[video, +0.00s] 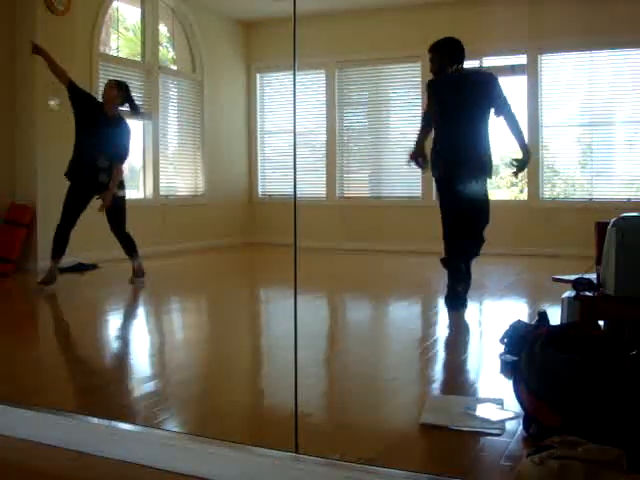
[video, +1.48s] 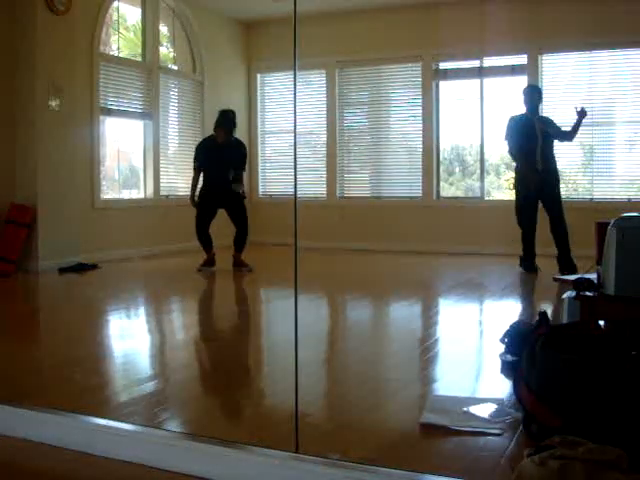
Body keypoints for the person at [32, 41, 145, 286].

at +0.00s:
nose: (105, 90)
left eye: (111, 88)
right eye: (106, 87)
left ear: (120, 96)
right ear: (105, 92)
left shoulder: (122, 127)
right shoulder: (87, 105)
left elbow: (119, 164)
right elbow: (64, 78)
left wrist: (111, 191)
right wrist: (43, 53)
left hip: (110, 182)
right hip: (82, 178)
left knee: (119, 229)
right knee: (65, 224)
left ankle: (137, 265)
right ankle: (53, 269)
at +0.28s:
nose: (138, 91)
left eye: (142, 88)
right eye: (138, 88)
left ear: (154, 94)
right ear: (138, 93)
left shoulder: (155, 118)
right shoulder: (128, 110)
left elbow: (164, 103)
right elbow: (114, 81)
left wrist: (149, 88)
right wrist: (105, 52)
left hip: (150, 177)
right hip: (130, 176)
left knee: (139, 223)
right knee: (123, 223)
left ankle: (140, 266)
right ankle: (158, 231)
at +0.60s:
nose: (175, 100)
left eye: (180, 97)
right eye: (175, 96)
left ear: (190, 102)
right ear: (174, 101)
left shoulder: (195, 119)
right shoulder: (165, 118)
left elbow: (211, 101)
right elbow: (148, 94)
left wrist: (230, 82)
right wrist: (134, 73)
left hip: (191, 179)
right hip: (173, 179)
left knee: (162, 208)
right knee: (180, 223)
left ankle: (179, 242)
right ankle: (200, 260)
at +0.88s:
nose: (195, 92)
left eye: (199, 89)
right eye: (195, 88)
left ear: (208, 94)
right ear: (195, 91)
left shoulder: (213, 110)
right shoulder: (183, 106)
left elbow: (227, 104)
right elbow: (165, 92)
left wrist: (238, 94)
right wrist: (152, 78)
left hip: (212, 171)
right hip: (190, 171)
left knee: (216, 211)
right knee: (197, 216)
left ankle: (233, 247)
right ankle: (209, 253)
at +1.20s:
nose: (209, 148)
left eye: (212, 144)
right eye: (208, 144)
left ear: (222, 145)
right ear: (206, 144)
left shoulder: (235, 162)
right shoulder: (200, 161)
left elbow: (243, 184)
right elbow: (191, 186)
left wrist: (247, 201)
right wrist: (182, 208)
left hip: (228, 198)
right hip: (206, 198)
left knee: (242, 227)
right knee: (199, 229)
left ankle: (240, 259)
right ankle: (209, 258)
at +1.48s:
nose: (222, 135)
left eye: (226, 131)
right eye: (220, 130)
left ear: (232, 129)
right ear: (215, 128)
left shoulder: (239, 147)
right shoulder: (204, 145)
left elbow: (240, 171)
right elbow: (197, 171)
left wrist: (242, 190)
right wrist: (192, 194)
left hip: (231, 193)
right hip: (209, 192)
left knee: (242, 226)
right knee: (201, 228)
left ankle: (237, 258)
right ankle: (210, 257)